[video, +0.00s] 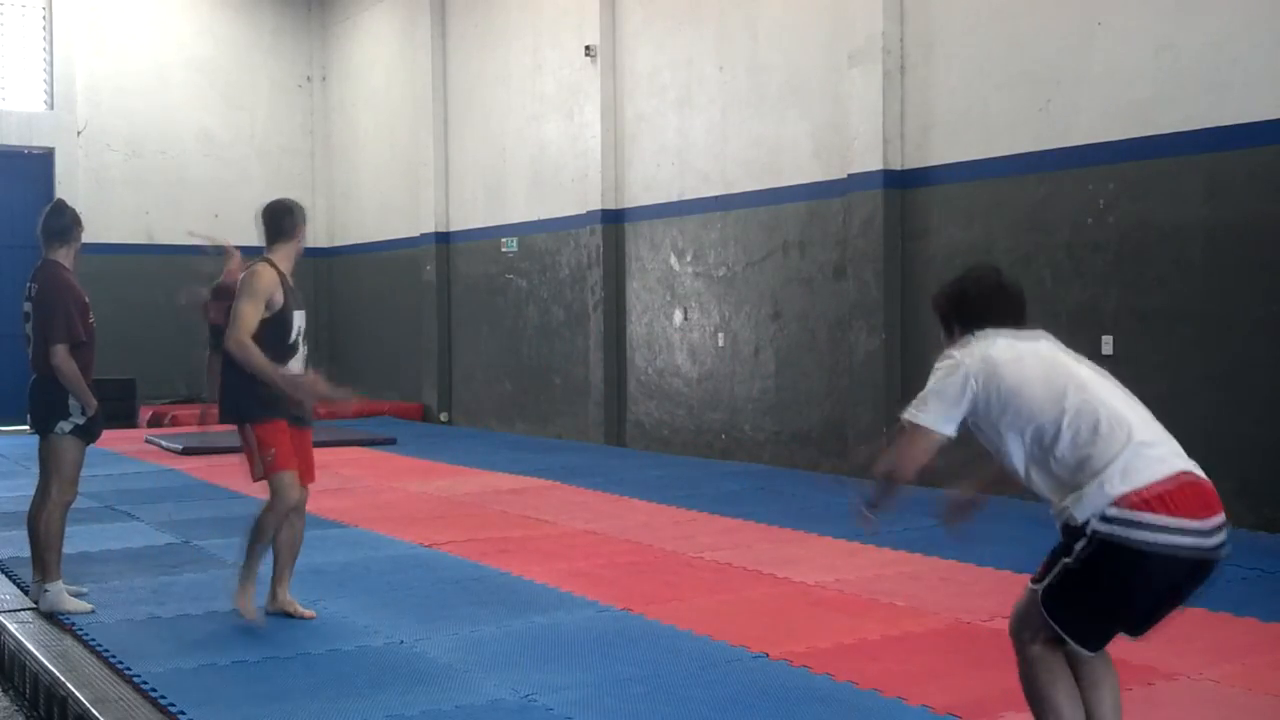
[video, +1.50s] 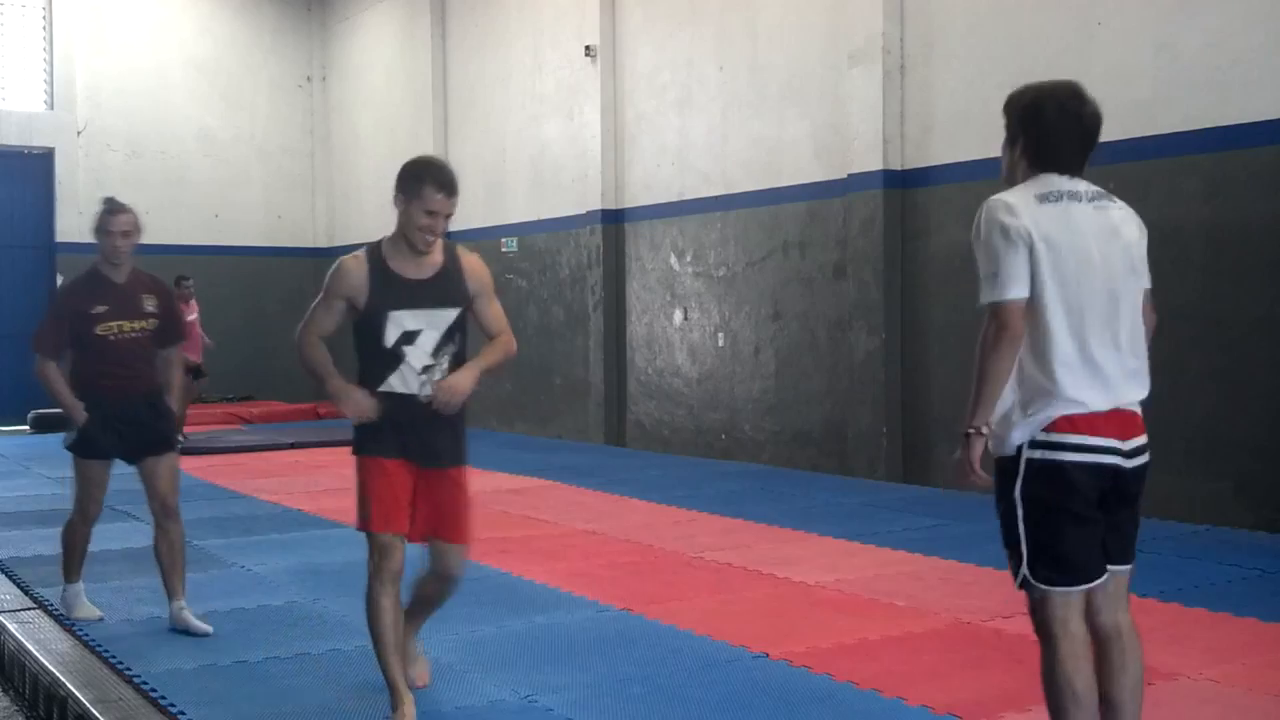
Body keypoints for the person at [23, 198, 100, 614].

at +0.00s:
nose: (84, 236)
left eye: (79, 230)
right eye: (83, 230)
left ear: (45, 235)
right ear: (78, 234)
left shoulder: (41, 277)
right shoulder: (60, 284)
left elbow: (40, 349)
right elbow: (59, 355)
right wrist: (89, 400)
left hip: (48, 393)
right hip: (64, 397)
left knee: (47, 491)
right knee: (61, 495)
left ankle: (43, 579)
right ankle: (51, 589)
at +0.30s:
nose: (86, 238)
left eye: (83, 232)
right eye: (85, 233)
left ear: (49, 235)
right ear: (80, 235)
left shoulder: (42, 278)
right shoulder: (59, 284)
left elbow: (39, 349)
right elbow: (55, 355)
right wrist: (87, 400)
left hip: (48, 393)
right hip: (62, 397)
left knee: (47, 492)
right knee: (62, 496)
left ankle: (43, 579)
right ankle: (51, 588)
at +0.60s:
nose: (93, 242)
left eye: (95, 235)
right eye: (86, 234)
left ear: (72, 239)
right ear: (61, 236)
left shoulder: (65, 278)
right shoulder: (49, 285)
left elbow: (64, 345)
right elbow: (37, 357)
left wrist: (83, 389)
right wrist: (80, 398)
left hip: (66, 395)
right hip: (57, 398)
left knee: (52, 491)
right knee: (81, 488)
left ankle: (42, 582)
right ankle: (66, 586)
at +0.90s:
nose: (87, 239)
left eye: (90, 232)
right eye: (77, 232)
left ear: (90, 236)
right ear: (55, 235)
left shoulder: (85, 282)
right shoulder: (43, 288)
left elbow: (96, 347)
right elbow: (28, 361)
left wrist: (114, 397)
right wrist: (79, 405)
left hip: (94, 398)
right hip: (61, 405)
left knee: (111, 485)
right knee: (77, 492)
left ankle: (58, 561)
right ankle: (67, 593)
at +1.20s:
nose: (83, 238)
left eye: (90, 230)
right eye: (74, 231)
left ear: (99, 233)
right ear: (60, 234)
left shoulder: (115, 282)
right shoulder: (46, 288)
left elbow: (129, 341)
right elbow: (19, 357)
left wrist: (138, 392)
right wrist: (60, 406)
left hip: (119, 403)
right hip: (70, 408)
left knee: (144, 494)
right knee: (70, 505)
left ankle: (147, 588)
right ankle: (67, 596)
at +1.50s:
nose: (119, 241)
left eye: (127, 234)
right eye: (110, 234)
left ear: (137, 238)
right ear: (97, 237)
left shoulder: (157, 291)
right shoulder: (74, 294)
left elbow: (173, 356)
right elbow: (46, 364)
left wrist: (172, 412)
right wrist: (78, 413)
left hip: (151, 412)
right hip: (95, 414)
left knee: (167, 508)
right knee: (86, 512)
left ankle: (178, 606)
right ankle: (72, 591)